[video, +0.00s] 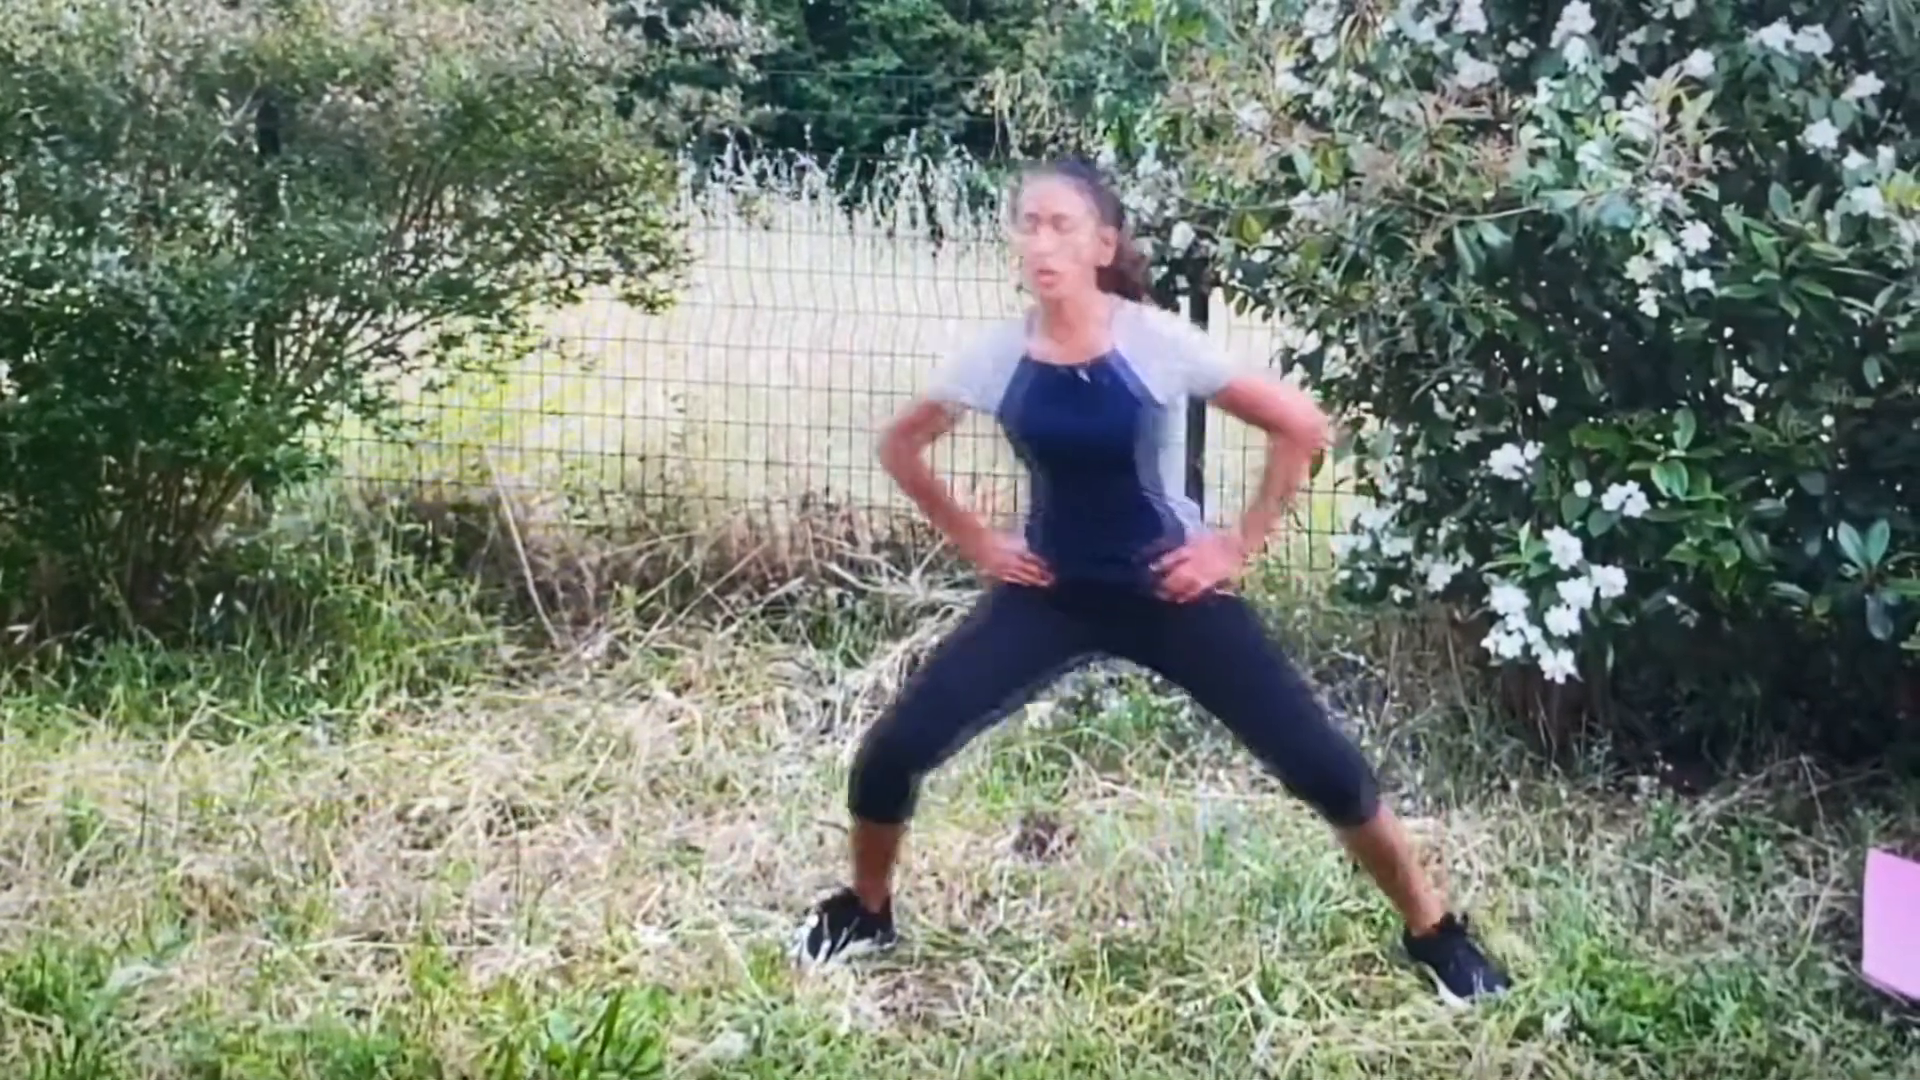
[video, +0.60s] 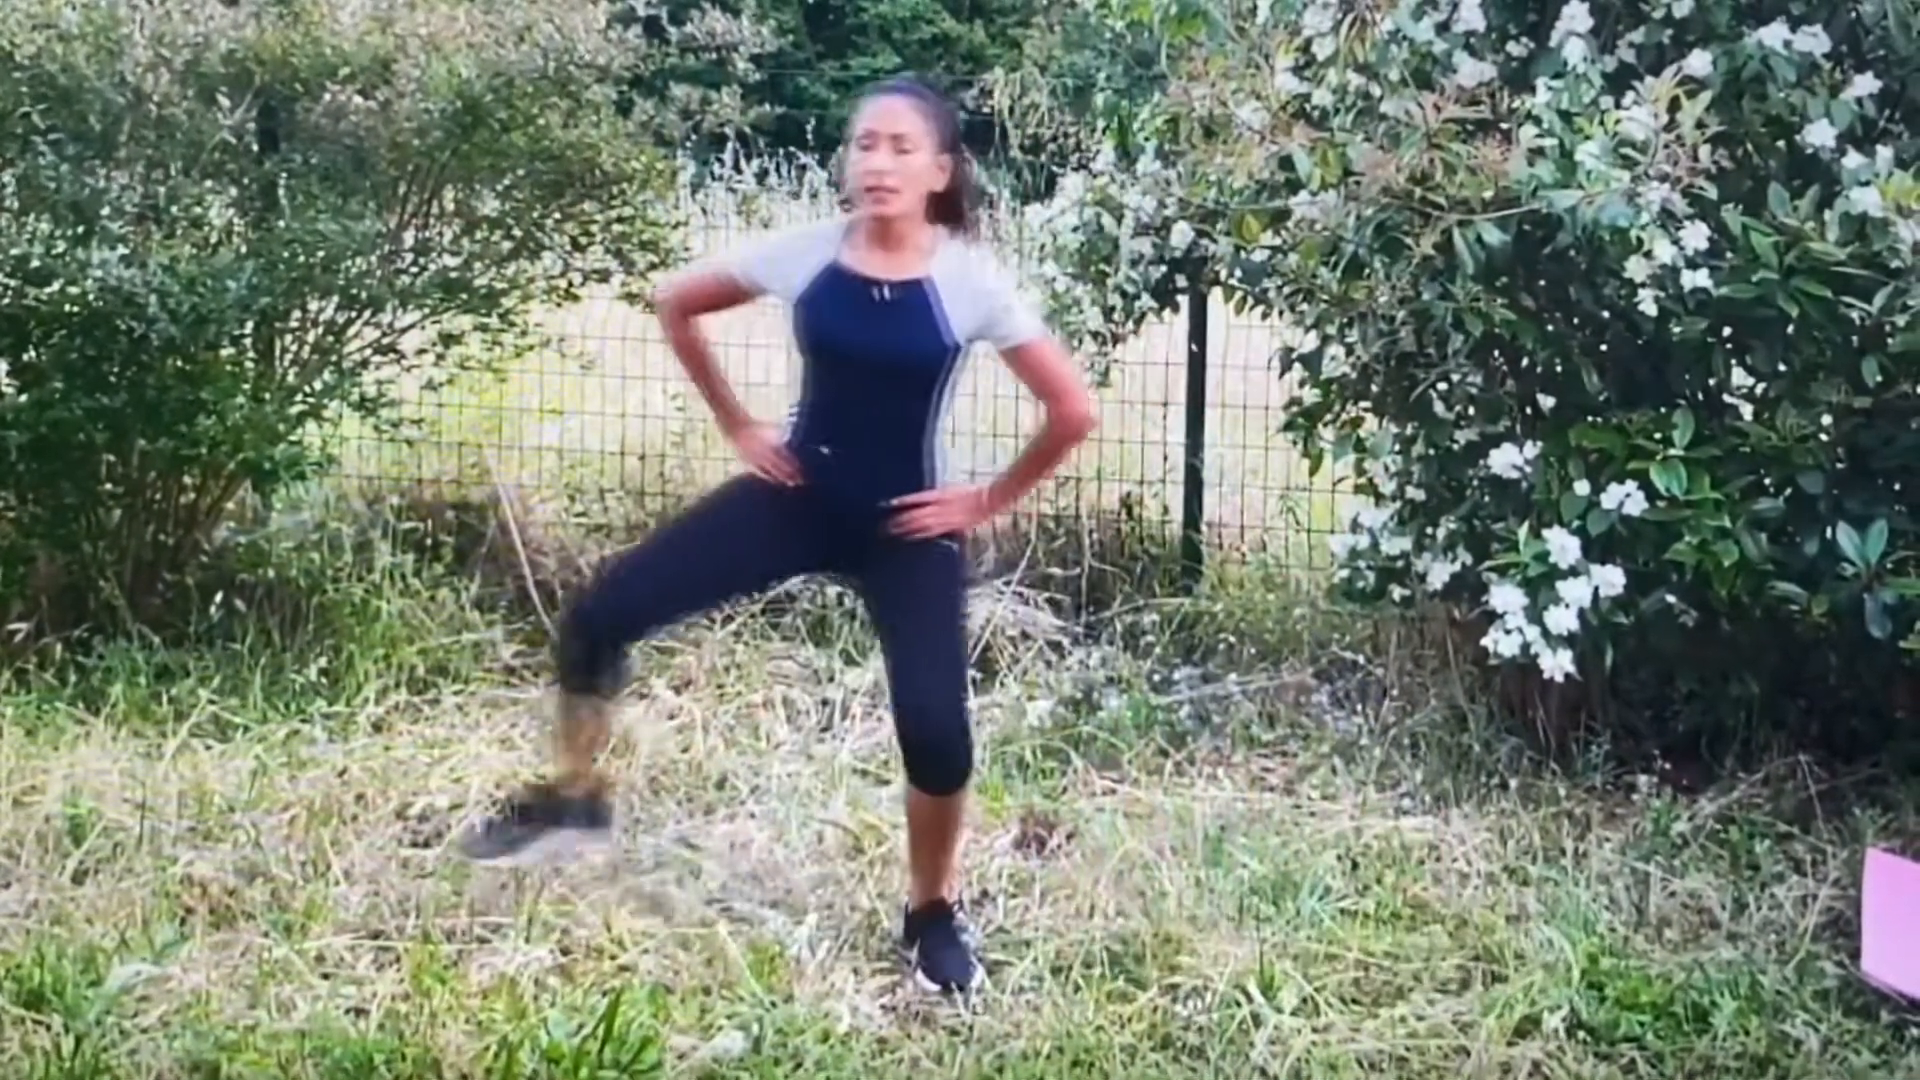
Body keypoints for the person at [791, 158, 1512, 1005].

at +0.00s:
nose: (1036, 243)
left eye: (1058, 225)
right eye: (1027, 224)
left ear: (1106, 246)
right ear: (1013, 242)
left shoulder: (1161, 343)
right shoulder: (1000, 351)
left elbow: (1303, 431)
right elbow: (897, 446)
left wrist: (1240, 542)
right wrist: (976, 538)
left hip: (1175, 601)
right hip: (1046, 598)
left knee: (1331, 768)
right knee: (887, 756)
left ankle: (1435, 933)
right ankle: (864, 910)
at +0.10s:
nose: (983, 210)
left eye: (1005, 193)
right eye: (970, 192)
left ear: (1048, 219)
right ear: (953, 213)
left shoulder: (1089, 317)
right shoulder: (929, 326)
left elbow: (1232, 397)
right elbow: (832, 419)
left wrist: (1174, 510)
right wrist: (906, 513)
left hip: (1107, 576)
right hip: (980, 578)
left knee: (1259, 749)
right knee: (846, 756)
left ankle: (1423, 925)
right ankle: (860, 908)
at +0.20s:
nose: (941, 185)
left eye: (966, 170)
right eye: (930, 166)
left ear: (1007, 199)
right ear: (911, 184)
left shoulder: (1045, 296)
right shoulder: (877, 294)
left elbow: (1185, 382)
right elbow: (773, 394)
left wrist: (1121, 491)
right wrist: (853, 498)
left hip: (1050, 549)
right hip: (928, 553)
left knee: (1175, 711)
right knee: (831, 753)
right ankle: (862, 910)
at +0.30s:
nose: (923, 167)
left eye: (947, 153)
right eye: (911, 148)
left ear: (985, 180)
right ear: (891, 167)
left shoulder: (1022, 281)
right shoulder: (854, 273)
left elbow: (1154, 381)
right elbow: (734, 365)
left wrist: (1082, 486)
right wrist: (816, 480)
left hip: (1011, 538)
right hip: (888, 536)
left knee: (1085, 710)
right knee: (812, 750)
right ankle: (860, 907)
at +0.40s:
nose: (914, 159)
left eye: (938, 144)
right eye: (901, 141)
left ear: (976, 171)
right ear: (882, 159)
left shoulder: (1013, 275)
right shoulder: (844, 257)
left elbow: (1130, 391)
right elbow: (717, 334)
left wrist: (1052, 490)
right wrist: (790, 455)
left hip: (976, 529)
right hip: (856, 516)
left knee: (993, 743)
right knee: (754, 707)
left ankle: (940, 905)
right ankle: (836, 875)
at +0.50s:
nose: (902, 161)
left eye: (925, 145)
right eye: (889, 143)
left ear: (966, 169)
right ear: (869, 162)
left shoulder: (998, 277)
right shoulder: (832, 253)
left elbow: (1106, 403)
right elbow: (701, 318)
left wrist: (1023, 499)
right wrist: (769, 438)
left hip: (945, 530)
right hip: (827, 507)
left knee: (947, 731)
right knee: (670, 642)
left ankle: (932, 908)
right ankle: (724, 828)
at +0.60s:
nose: (877, 162)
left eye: (900, 147)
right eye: (866, 144)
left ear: (942, 172)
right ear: (847, 162)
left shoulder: (972, 280)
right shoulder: (811, 254)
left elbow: (1073, 413)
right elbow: (674, 304)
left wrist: (987, 503)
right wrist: (740, 427)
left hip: (911, 529)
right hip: (793, 502)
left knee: (937, 733)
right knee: (597, 616)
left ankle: (932, 911)